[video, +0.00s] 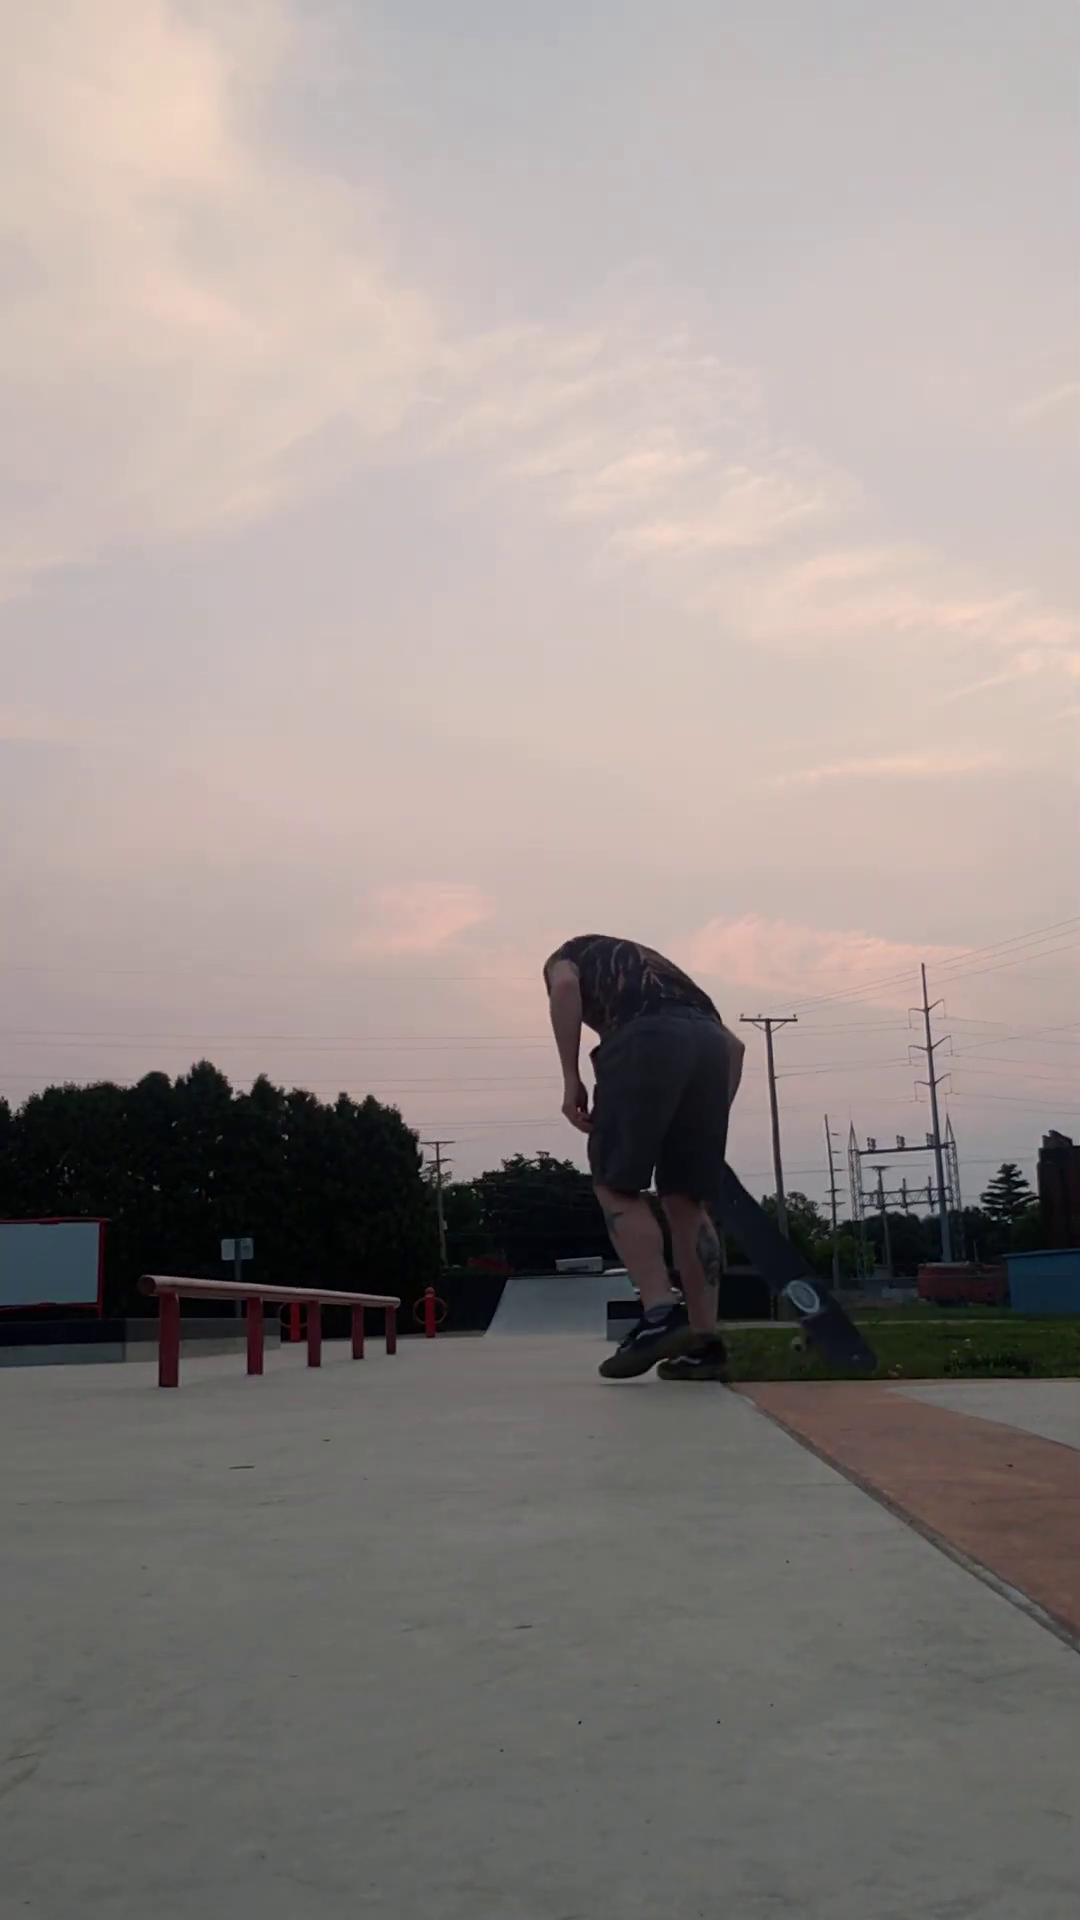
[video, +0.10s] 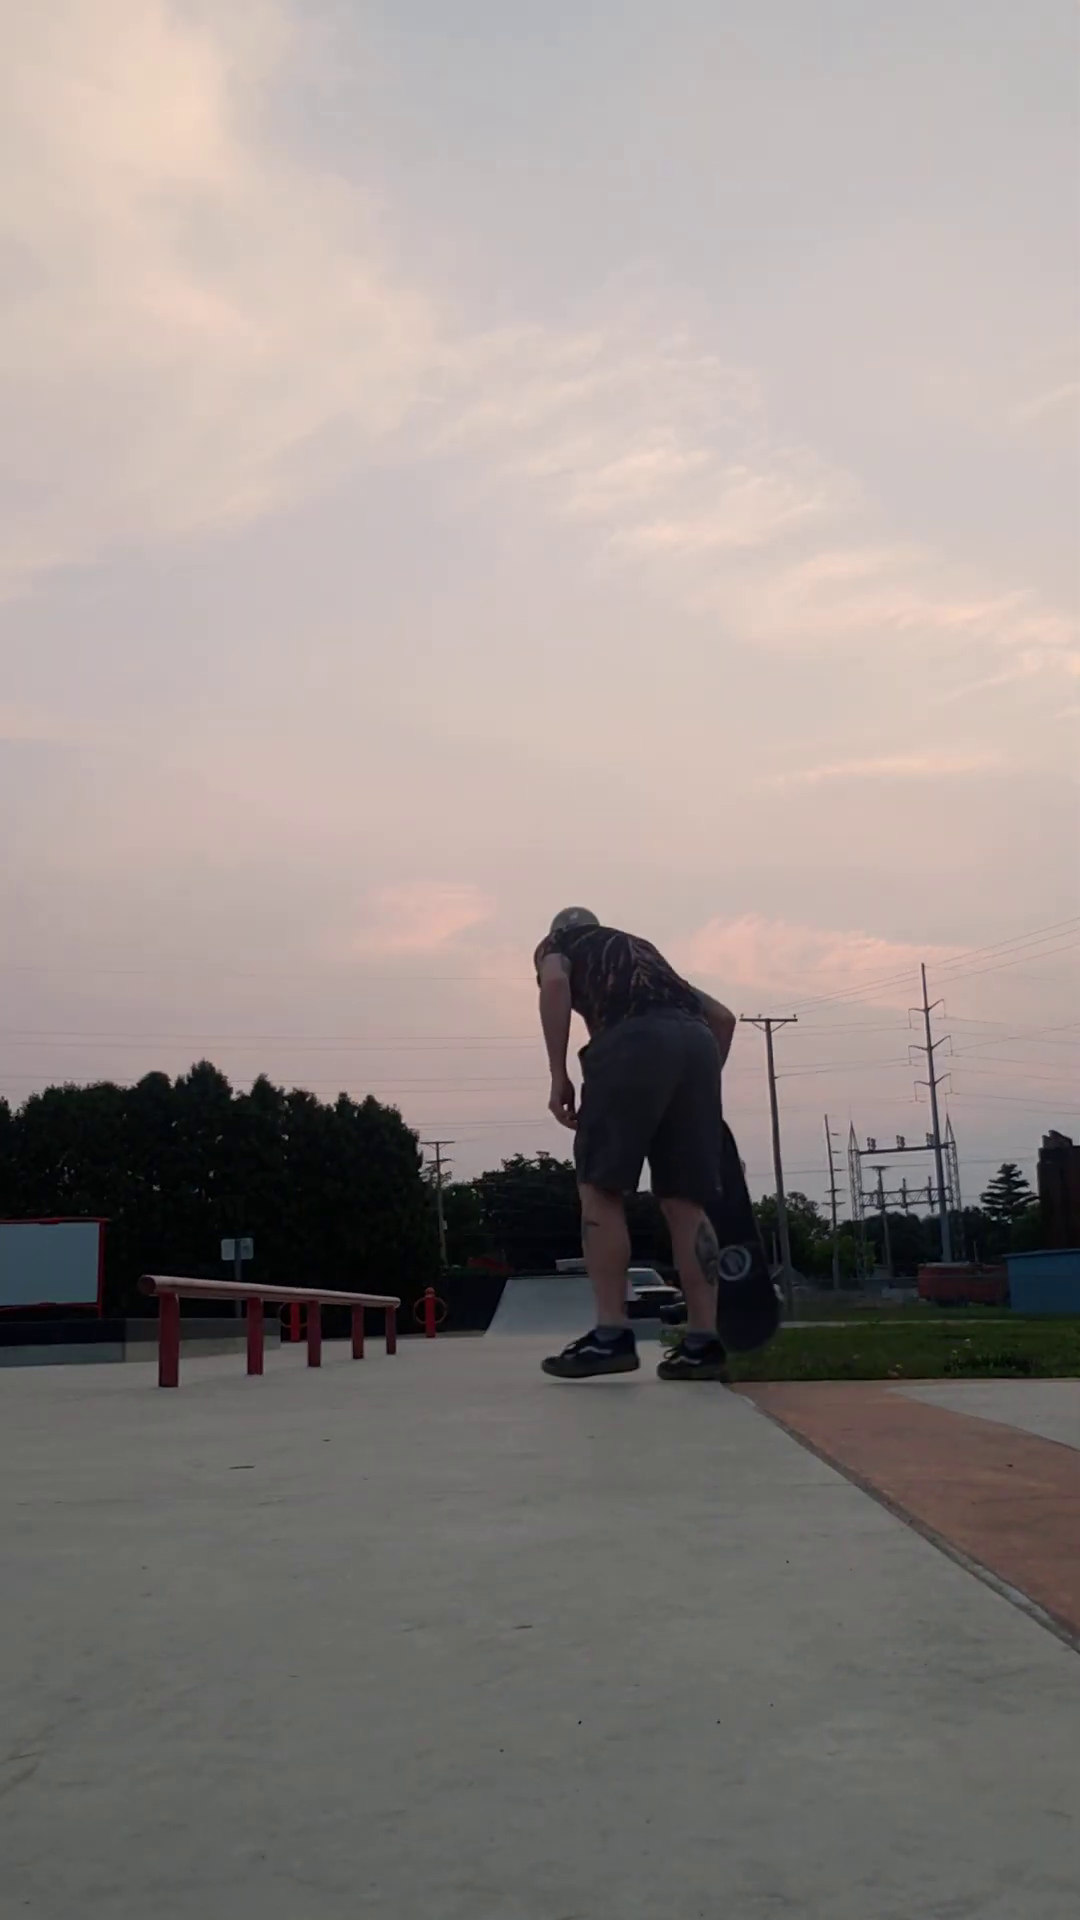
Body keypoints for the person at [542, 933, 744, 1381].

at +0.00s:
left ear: (571, 954)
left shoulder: (568, 956)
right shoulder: (653, 965)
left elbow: (565, 986)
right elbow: (733, 1046)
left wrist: (572, 1080)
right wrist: (710, 1121)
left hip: (648, 1043)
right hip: (712, 1047)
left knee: (616, 1187)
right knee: (684, 1195)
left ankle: (659, 1311)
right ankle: (706, 1343)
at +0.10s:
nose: (551, 942)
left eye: (552, 933)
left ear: (558, 930)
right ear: (595, 926)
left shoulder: (556, 942)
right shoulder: (640, 952)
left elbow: (555, 982)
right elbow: (722, 1018)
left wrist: (559, 1075)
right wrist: (698, 1089)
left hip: (633, 1047)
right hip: (698, 1049)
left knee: (600, 1187)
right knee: (684, 1196)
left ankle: (611, 1336)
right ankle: (702, 1342)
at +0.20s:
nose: (540, 925)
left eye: (540, 918)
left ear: (543, 915)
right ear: (585, 910)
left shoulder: (544, 933)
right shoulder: (627, 937)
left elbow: (543, 981)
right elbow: (701, 1001)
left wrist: (546, 1071)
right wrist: (682, 1073)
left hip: (613, 1054)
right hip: (679, 1051)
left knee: (583, 1196)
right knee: (680, 1198)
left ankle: (564, 1341)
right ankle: (703, 1342)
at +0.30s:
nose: (525, 911)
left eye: (524, 904)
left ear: (528, 900)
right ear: (571, 894)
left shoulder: (526, 924)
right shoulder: (612, 925)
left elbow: (526, 983)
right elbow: (677, 995)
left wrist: (528, 1075)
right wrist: (661, 1065)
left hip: (591, 1058)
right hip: (655, 1058)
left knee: (568, 1206)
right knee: (667, 1204)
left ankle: (554, 1347)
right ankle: (699, 1342)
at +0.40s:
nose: (511, 897)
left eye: (510, 889)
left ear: (513, 887)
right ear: (560, 883)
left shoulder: (509, 916)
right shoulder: (597, 919)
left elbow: (505, 985)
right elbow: (645, 999)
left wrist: (498, 1075)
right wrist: (623, 1061)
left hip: (561, 1065)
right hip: (626, 1064)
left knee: (547, 1206)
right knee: (628, 1197)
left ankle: (552, 1348)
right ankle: (680, 1326)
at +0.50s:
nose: (500, 883)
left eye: (499, 876)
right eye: (511, 877)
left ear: (503, 872)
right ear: (549, 873)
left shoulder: (495, 908)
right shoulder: (586, 920)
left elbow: (480, 983)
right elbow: (620, 1010)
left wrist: (467, 1067)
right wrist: (592, 1066)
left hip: (540, 1063)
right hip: (602, 1064)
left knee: (532, 1203)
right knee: (582, 1200)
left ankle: (549, 1348)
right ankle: (639, 1299)